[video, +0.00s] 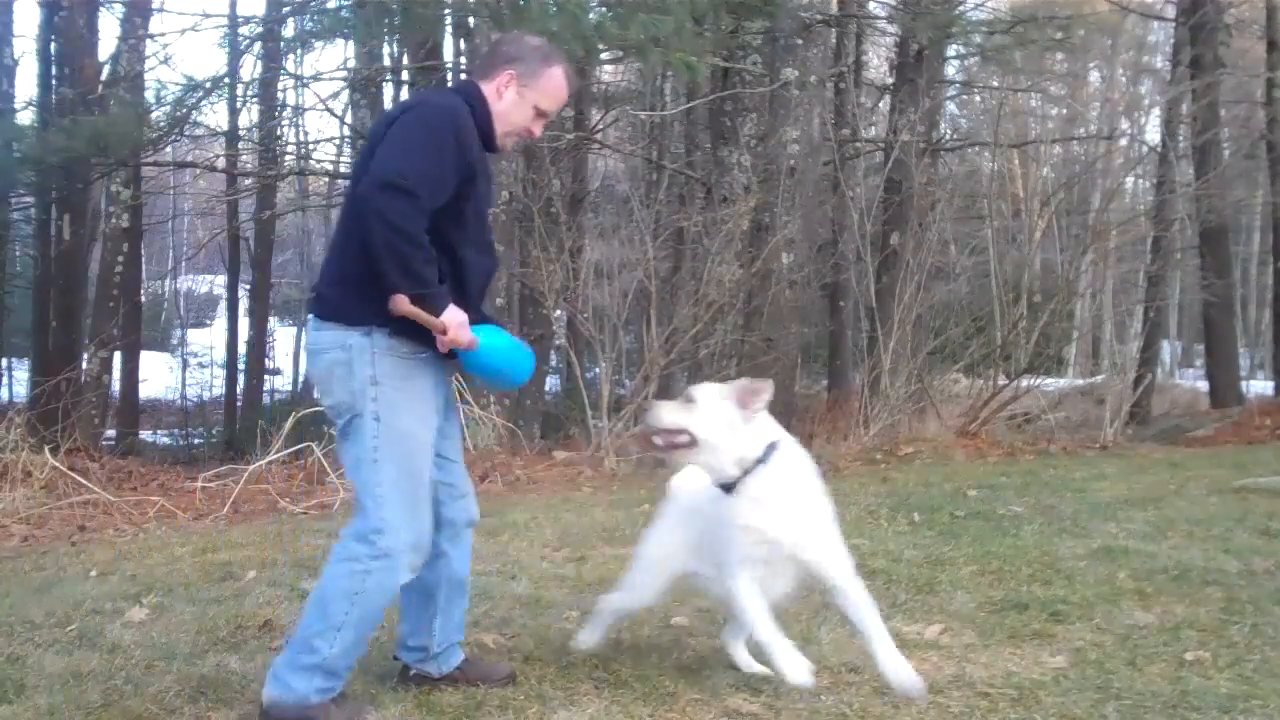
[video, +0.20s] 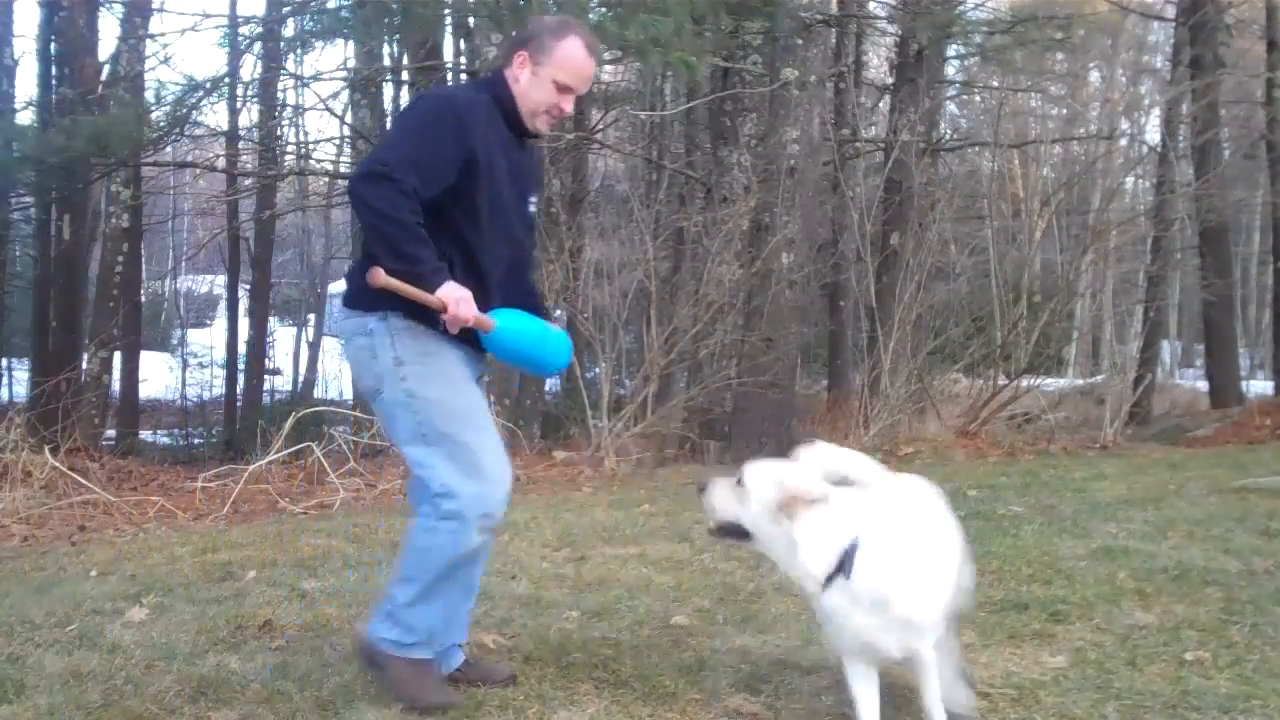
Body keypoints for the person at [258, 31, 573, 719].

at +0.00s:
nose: (538, 131)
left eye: (547, 120)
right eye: (539, 112)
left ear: (507, 91)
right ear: (506, 83)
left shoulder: (465, 139)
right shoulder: (443, 116)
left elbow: (437, 247)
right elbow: (389, 200)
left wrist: (458, 326)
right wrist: (435, 303)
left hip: (414, 347)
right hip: (370, 343)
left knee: (449, 513)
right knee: (393, 531)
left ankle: (432, 657)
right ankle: (297, 692)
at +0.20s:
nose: (568, 107)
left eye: (577, 97)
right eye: (563, 88)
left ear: (570, 94)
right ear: (520, 65)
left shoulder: (524, 153)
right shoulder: (452, 113)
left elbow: (510, 259)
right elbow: (375, 186)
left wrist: (538, 331)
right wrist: (435, 280)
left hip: (450, 336)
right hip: (395, 324)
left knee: (475, 486)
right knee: (474, 483)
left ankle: (441, 645)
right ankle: (398, 640)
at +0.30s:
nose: (574, 98)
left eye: (585, 87)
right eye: (565, 80)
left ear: (589, 86)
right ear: (525, 60)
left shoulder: (550, 156)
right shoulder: (457, 113)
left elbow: (547, 256)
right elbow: (376, 186)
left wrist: (562, 331)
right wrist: (438, 274)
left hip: (485, 338)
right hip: (414, 326)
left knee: (457, 489)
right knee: (496, 476)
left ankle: (428, 652)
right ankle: (478, 660)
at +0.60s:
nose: (594, 87)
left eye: (606, 73)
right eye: (580, 71)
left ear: (618, 68)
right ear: (541, 61)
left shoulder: (616, 146)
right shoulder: (482, 129)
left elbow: (633, 247)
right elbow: (407, 217)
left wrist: (647, 303)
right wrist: (479, 265)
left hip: (567, 356)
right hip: (486, 349)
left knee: (513, 508)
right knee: (554, 506)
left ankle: (440, 653)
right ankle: (578, 691)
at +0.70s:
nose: (601, 78)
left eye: (613, 62)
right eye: (585, 63)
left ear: (625, 52)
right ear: (548, 52)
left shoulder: (639, 136)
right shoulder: (495, 125)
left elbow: (662, 233)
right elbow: (422, 219)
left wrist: (671, 293)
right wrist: (498, 251)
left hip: (597, 356)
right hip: (510, 353)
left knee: (597, 513)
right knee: (555, 519)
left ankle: (470, 623)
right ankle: (575, 691)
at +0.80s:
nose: (605, 67)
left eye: (618, 51)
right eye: (588, 52)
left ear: (633, 43)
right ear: (556, 45)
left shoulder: (658, 126)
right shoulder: (504, 118)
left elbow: (686, 228)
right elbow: (436, 212)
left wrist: (693, 289)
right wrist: (515, 226)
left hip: (622, 356)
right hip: (523, 354)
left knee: (650, 503)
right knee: (554, 526)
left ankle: (533, 604)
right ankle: (576, 693)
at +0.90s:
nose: (612, 56)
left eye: (625, 40)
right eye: (596, 41)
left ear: (643, 33)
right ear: (563, 35)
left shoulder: (673, 119)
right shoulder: (513, 110)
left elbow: (707, 217)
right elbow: (454, 213)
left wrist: (706, 280)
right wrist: (517, 202)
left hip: (645, 356)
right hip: (537, 357)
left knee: (681, 500)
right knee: (557, 528)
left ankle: (613, 638)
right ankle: (576, 689)